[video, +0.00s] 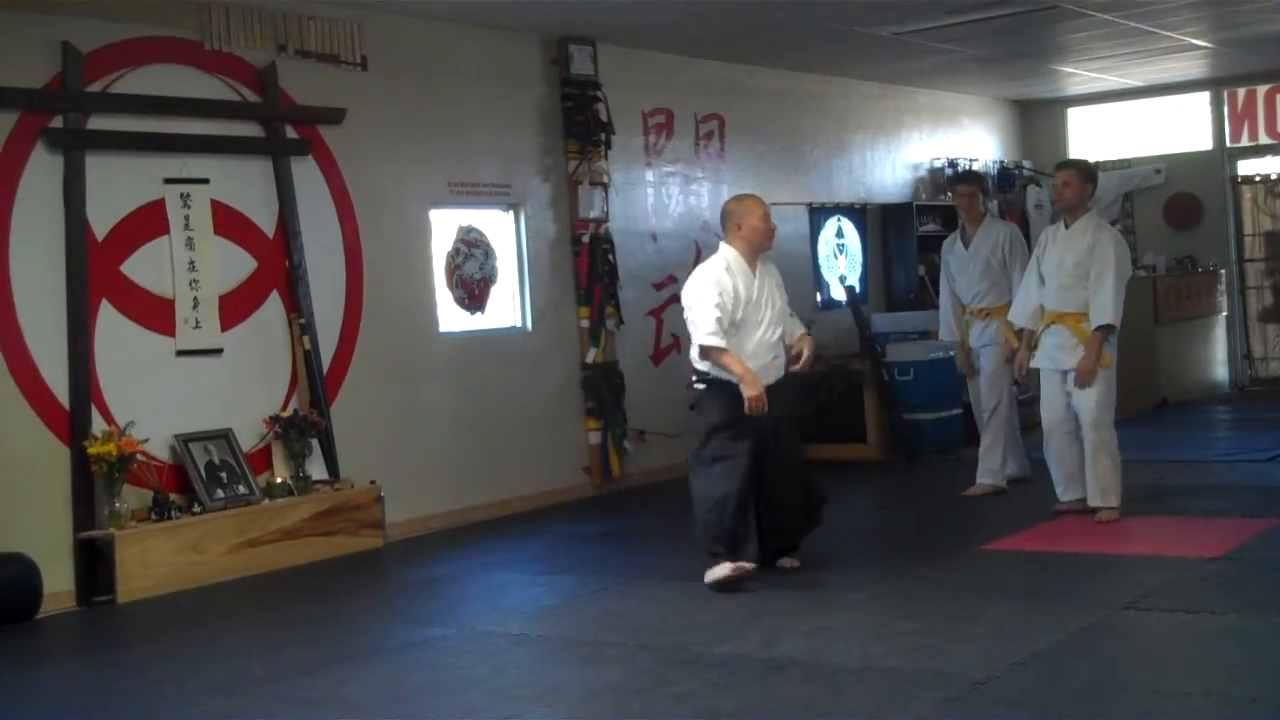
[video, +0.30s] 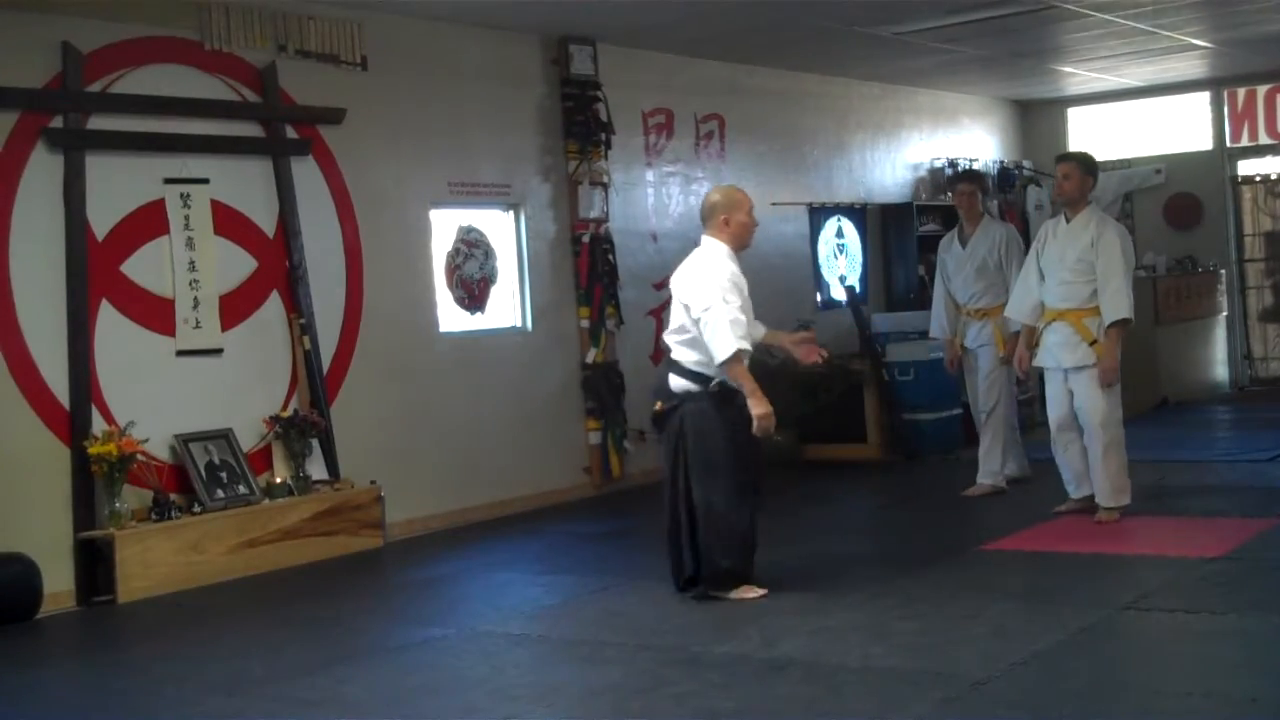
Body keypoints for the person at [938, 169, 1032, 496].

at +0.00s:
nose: (966, 202)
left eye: (972, 195)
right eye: (960, 197)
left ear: (983, 197)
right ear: (953, 201)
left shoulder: (1006, 233)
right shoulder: (950, 245)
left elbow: (1022, 286)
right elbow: (950, 297)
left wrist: (1020, 334)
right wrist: (960, 344)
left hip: (999, 322)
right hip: (969, 324)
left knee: (992, 399)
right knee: (985, 401)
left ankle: (990, 476)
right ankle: (1015, 464)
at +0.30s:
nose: (964, 201)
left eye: (970, 194)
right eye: (959, 195)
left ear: (982, 197)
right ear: (952, 200)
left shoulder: (1003, 233)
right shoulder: (948, 243)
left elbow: (1020, 285)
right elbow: (944, 294)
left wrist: (1016, 333)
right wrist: (950, 340)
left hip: (996, 324)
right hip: (966, 325)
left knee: (992, 400)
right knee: (981, 402)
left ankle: (990, 476)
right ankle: (1015, 464)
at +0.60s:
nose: (958, 204)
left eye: (964, 197)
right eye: (953, 198)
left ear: (975, 200)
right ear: (945, 203)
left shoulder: (995, 236)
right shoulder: (939, 247)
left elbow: (1009, 286)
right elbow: (936, 299)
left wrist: (1006, 334)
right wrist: (942, 343)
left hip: (988, 328)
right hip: (961, 329)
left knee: (971, 403)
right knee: (990, 399)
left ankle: (987, 476)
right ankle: (1011, 463)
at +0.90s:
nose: (945, 207)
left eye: (952, 200)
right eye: (939, 200)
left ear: (966, 205)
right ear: (932, 206)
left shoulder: (984, 244)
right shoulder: (927, 250)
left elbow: (991, 298)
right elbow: (922, 304)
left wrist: (983, 347)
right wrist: (919, 350)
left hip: (971, 335)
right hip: (939, 335)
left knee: (962, 409)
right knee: (920, 406)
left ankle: (984, 478)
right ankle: (956, 468)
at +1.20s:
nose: (900, 205)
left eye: (906, 198)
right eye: (894, 199)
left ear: (919, 202)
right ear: (888, 205)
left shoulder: (939, 241)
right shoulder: (885, 250)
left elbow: (956, 293)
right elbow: (883, 304)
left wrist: (954, 340)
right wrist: (885, 346)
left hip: (940, 337)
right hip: (901, 340)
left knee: (962, 414)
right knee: (883, 411)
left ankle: (988, 479)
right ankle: (859, 483)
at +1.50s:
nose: (831, 203)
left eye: (838, 197)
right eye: (827, 197)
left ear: (854, 200)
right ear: (822, 202)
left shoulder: (877, 237)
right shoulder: (828, 246)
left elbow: (889, 291)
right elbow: (827, 305)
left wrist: (886, 341)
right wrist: (825, 355)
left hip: (872, 341)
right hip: (839, 344)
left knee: (886, 418)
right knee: (839, 428)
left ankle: (932, 461)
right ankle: (847, 498)